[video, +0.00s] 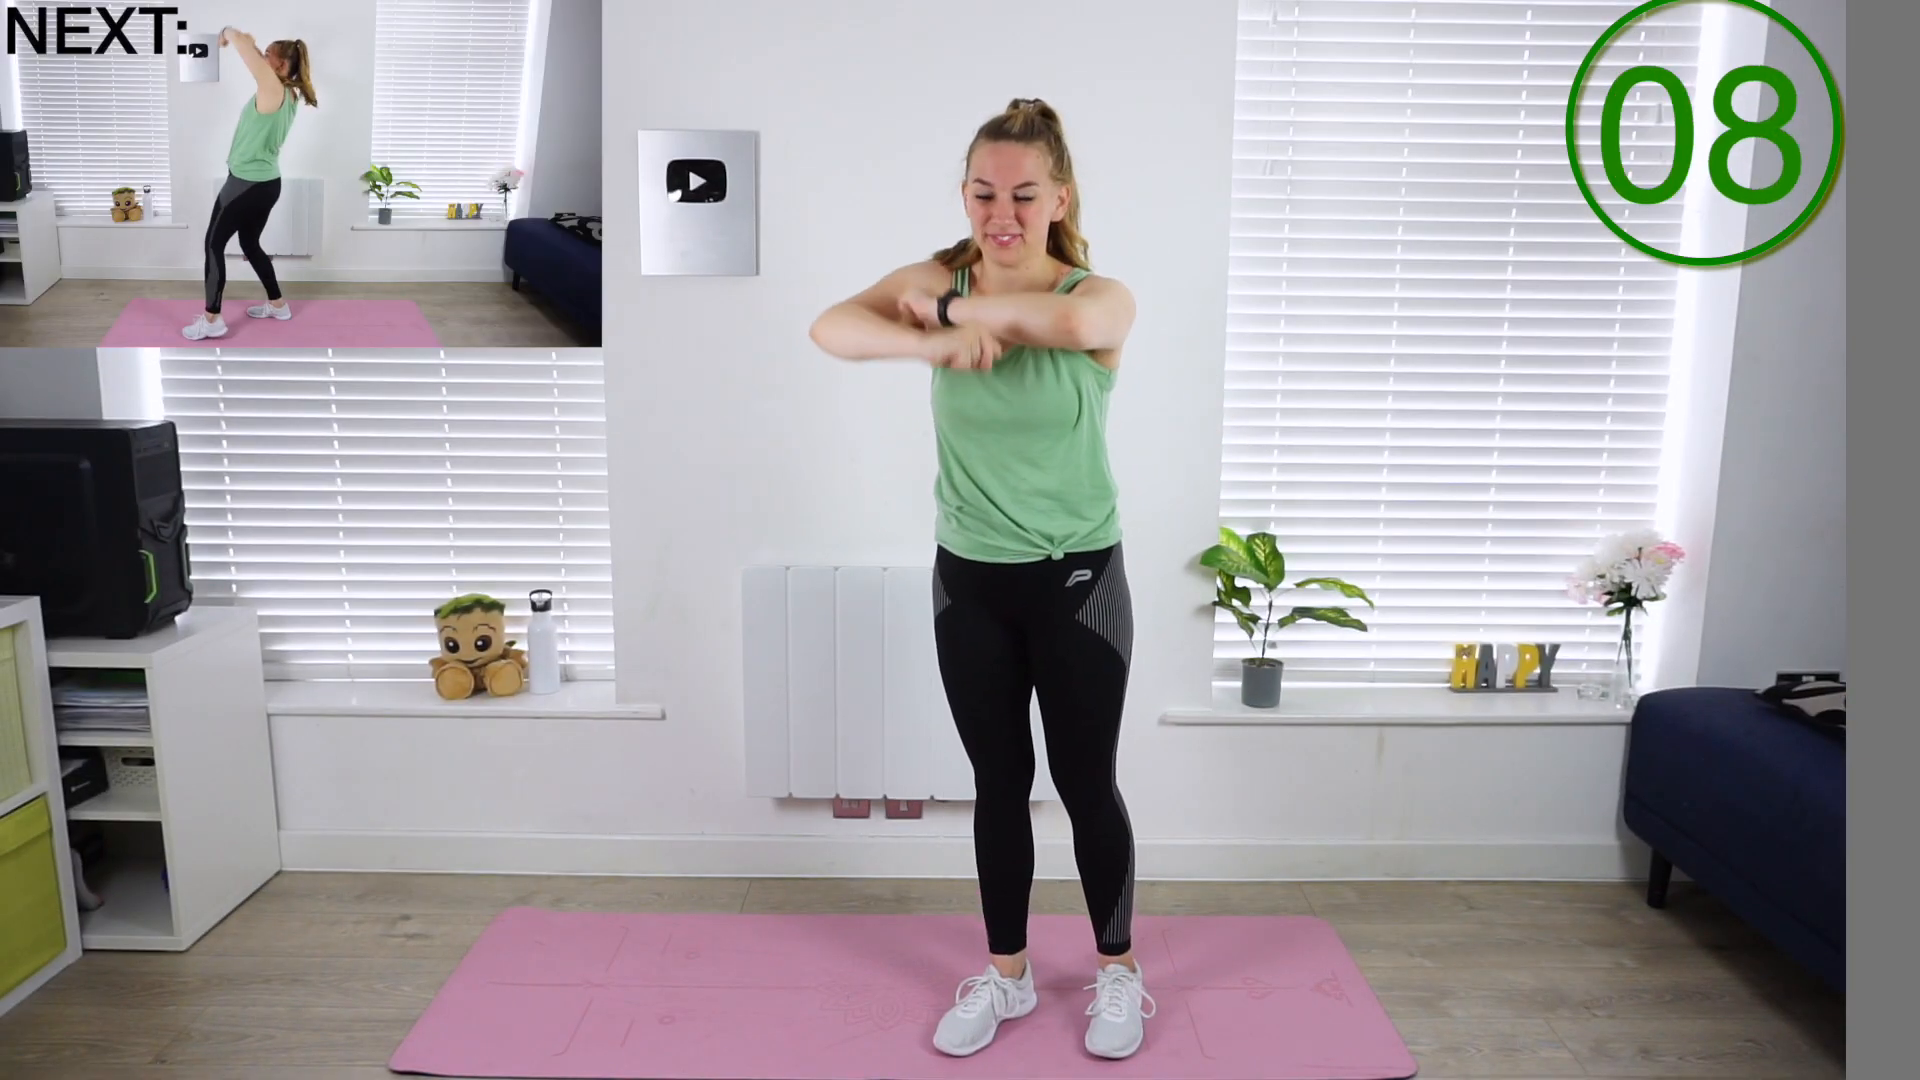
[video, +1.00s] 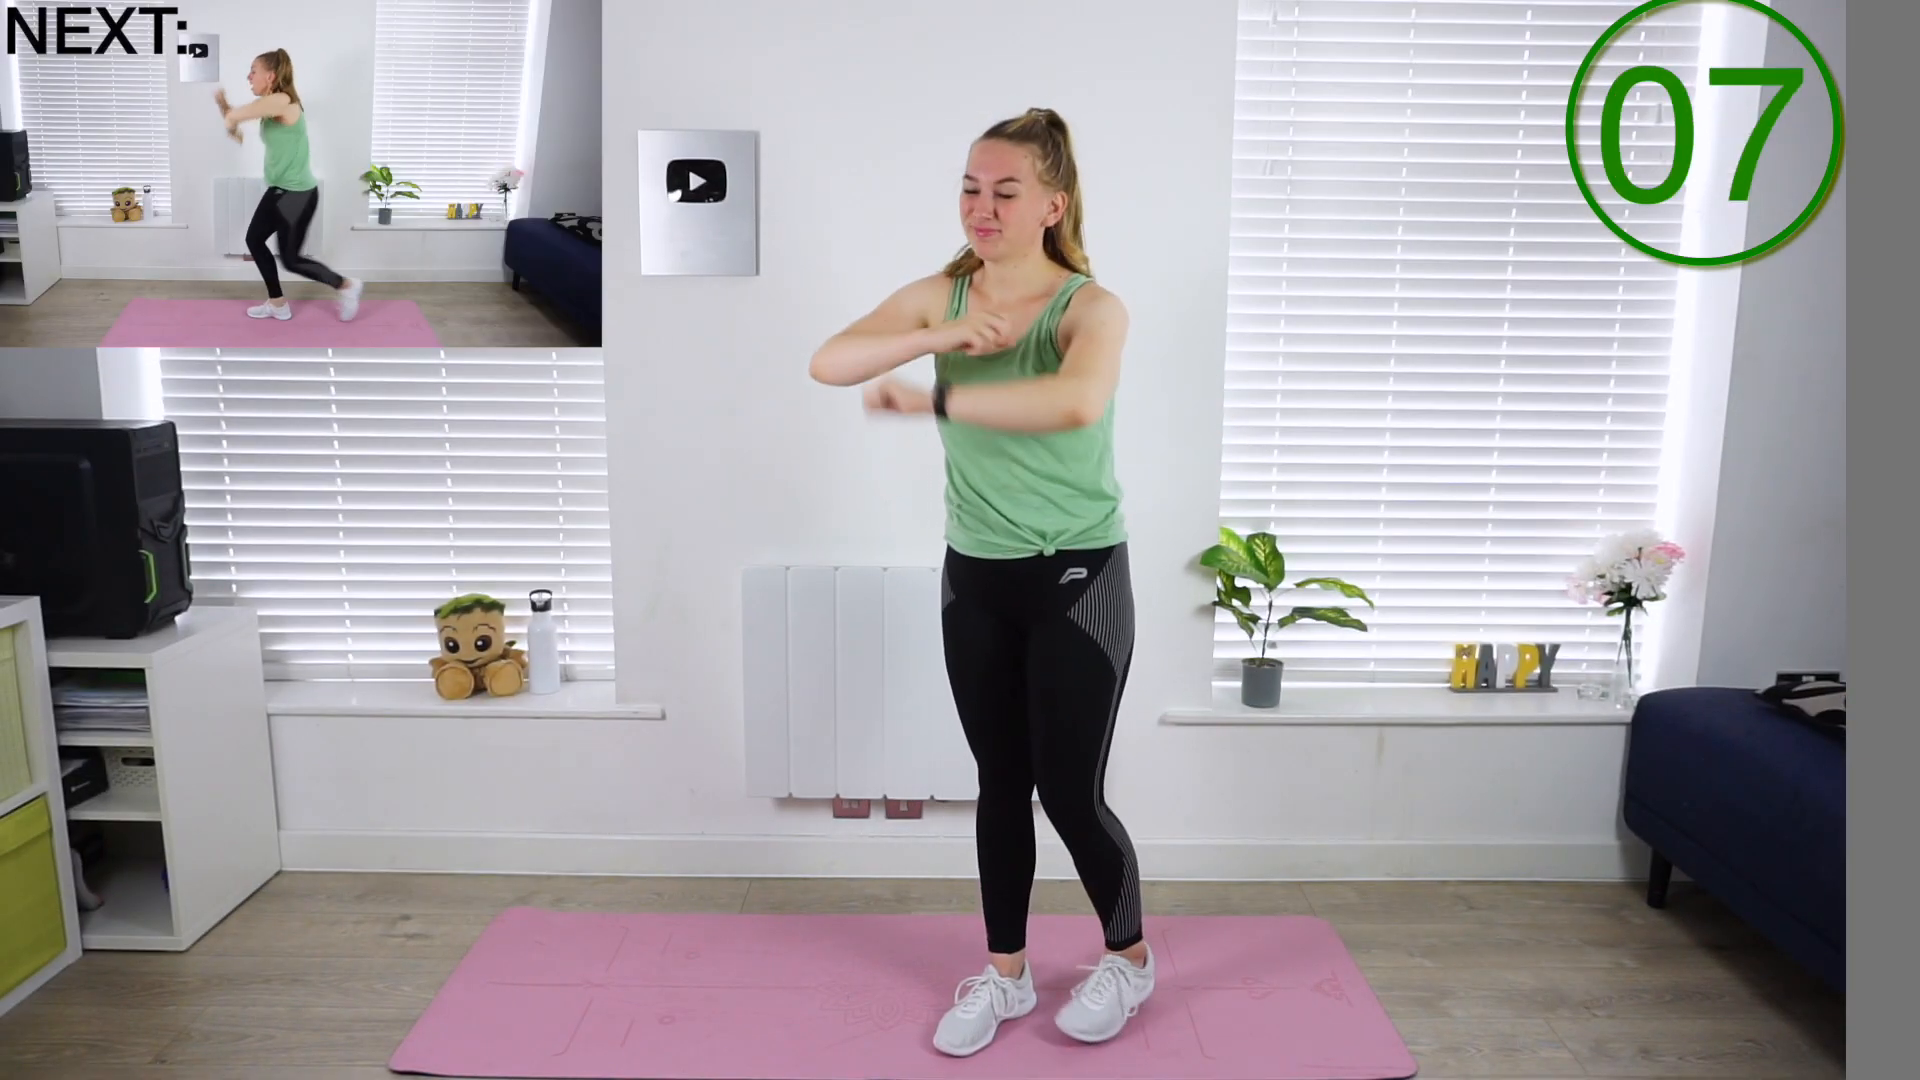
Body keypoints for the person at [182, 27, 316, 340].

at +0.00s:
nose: (263, 61)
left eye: (269, 57)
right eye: (265, 56)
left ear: (283, 65)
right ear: (286, 67)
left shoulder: (271, 87)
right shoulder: (289, 94)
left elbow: (243, 43)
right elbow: (258, 57)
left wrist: (229, 32)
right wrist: (241, 39)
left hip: (246, 183)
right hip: (266, 183)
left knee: (214, 244)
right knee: (250, 243)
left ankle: (212, 318)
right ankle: (277, 304)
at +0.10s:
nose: (260, 64)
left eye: (266, 60)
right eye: (262, 59)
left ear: (284, 66)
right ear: (282, 67)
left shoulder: (276, 89)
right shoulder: (284, 90)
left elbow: (235, 60)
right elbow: (251, 68)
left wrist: (233, 46)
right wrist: (235, 53)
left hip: (257, 184)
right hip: (268, 182)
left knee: (222, 244)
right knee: (252, 243)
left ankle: (212, 319)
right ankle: (277, 304)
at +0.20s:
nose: (253, 71)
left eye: (257, 65)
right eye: (253, 65)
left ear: (277, 67)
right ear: (275, 69)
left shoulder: (279, 94)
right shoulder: (275, 93)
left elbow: (230, 86)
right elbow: (246, 96)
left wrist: (228, 89)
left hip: (274, 186)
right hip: (269, 182)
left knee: (233, 243)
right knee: (256, 242)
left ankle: (224, 319)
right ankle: (277, 304)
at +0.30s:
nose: (244, 80)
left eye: (248, 74)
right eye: (244, 74)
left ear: (265, 72)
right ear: (266, 74)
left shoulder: (278, 99)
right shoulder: (270, 98)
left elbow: (228, 116)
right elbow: (234, 121)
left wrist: (219, 110)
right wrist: (233, 137)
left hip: (290, 187)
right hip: (279, 184)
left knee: (249, 243)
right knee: (259, 242)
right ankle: (275, 302)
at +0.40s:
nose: (238, 83)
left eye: (241, 76)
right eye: (238, 77)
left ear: (258, 75)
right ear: (259, 76)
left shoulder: (273, 101)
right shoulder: (269, 101)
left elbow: (235, 136)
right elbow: (256, 133)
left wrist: (221, 145)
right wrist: (244, 136)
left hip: (302, 186)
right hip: (282, 184)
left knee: (278, 249)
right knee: (266, 240)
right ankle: (278, 303)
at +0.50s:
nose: (236, 83)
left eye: (239, 76)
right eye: (236, 77)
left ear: (255, 76)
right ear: (256, 77)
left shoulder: (276, 101)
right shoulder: (261, 102)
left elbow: (243, 145)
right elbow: (248, 133)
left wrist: (242, 155)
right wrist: (235, 144)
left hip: (311, 184)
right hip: (286, 184)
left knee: (312, 251)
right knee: (269, 236)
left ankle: (357, 290)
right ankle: (279, 302)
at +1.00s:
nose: (249, 78)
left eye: (253, 73)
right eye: (250, 72)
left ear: (271, 76)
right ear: (271, 77)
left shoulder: (281, 100)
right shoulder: (273, 102)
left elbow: (233, 117)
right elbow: (238, 120)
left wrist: (233, 129)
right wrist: (225, 109)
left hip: (299, 192)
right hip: (279, 189)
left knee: (290, 259)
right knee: (255, 239)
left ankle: (347, 285)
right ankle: (277, 302)